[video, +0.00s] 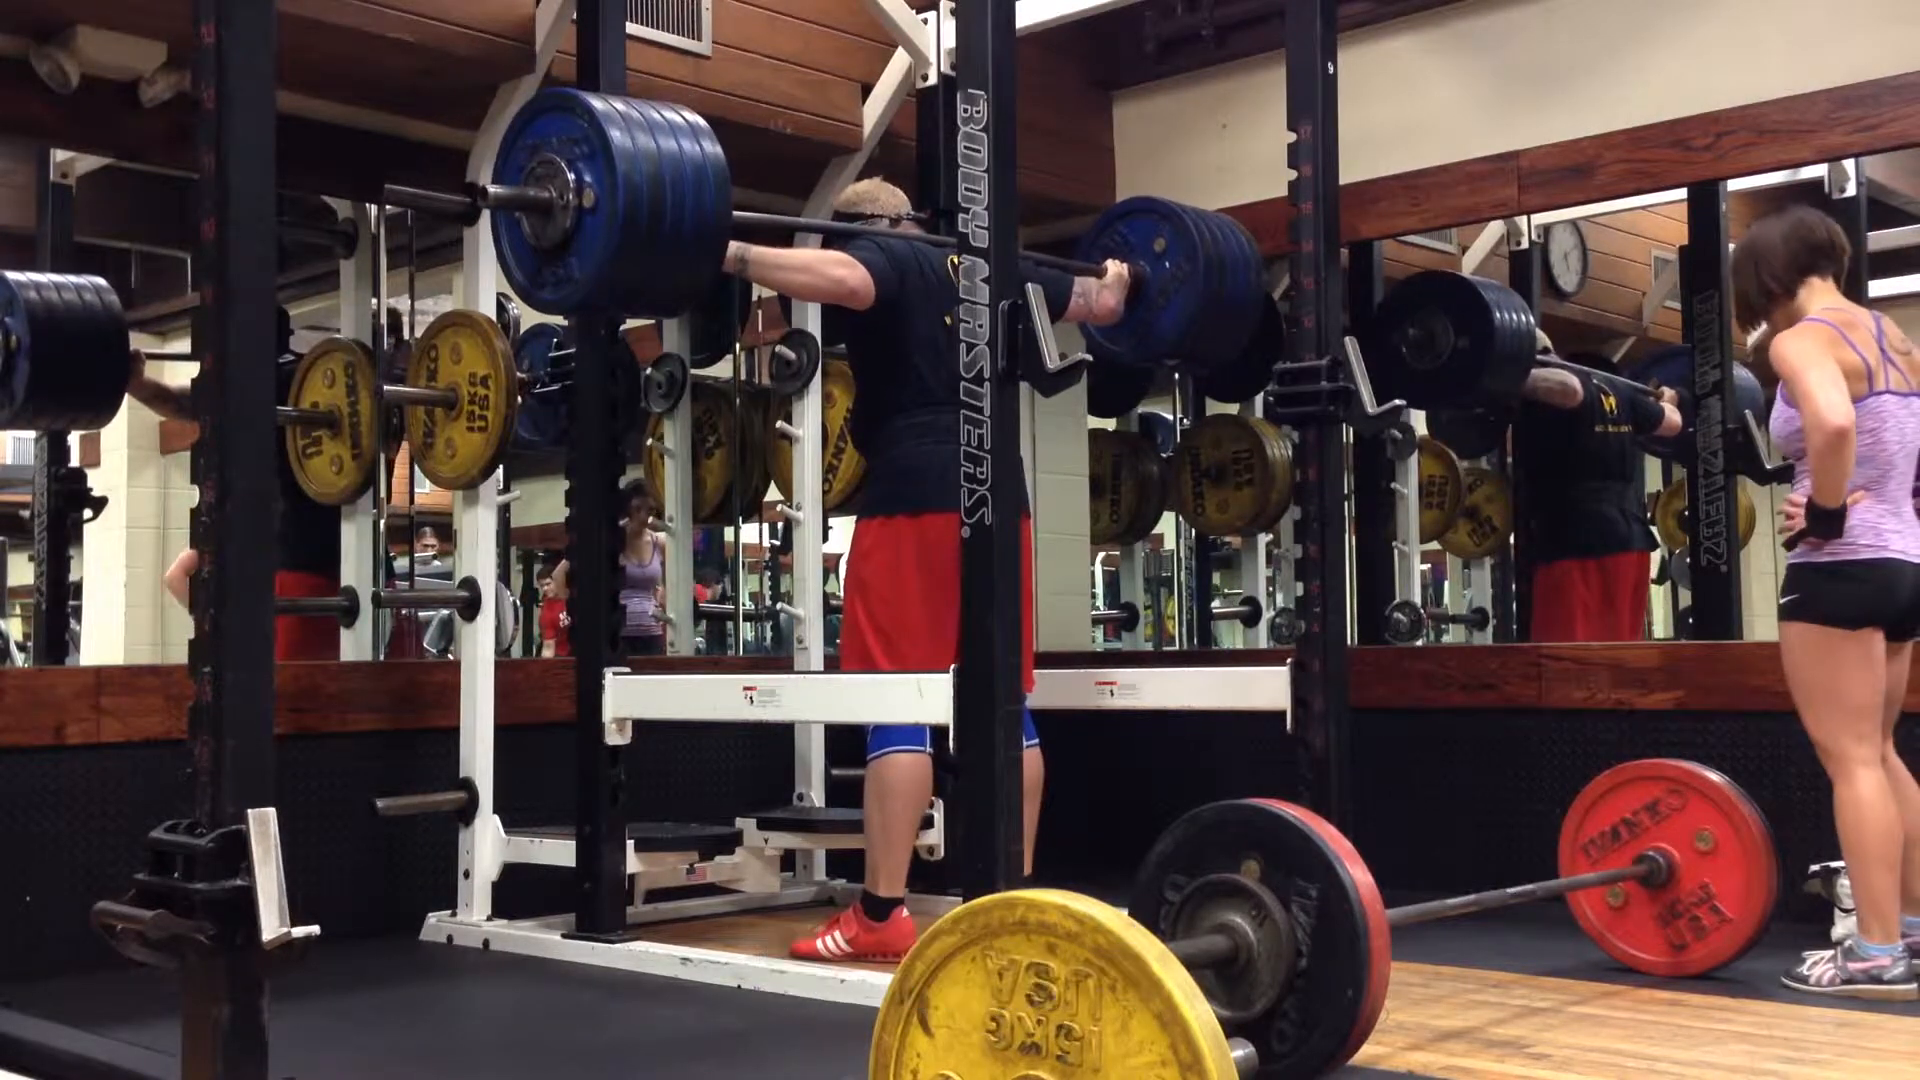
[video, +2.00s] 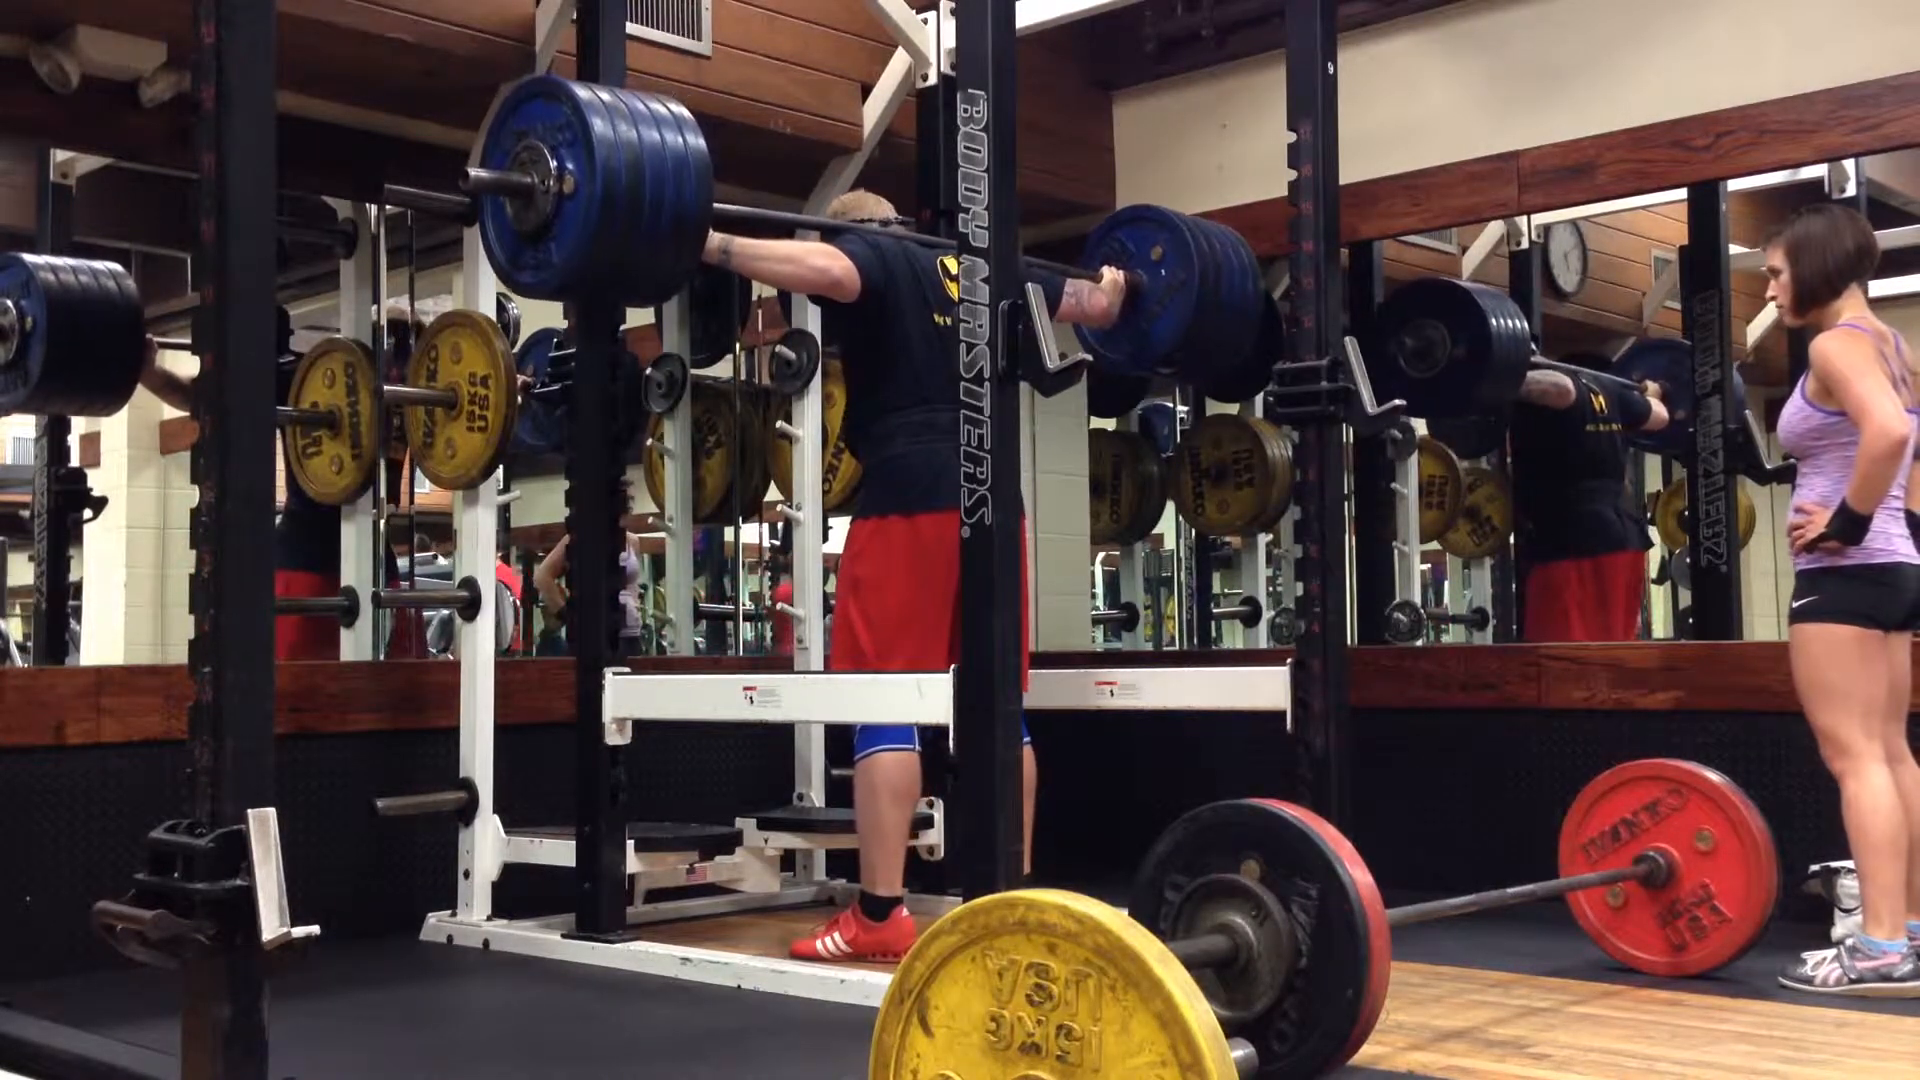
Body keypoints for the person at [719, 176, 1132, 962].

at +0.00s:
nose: (834, 259)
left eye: (833, 244)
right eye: (835, 245)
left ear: (854, 232)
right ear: (907, 216)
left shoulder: (884, 249)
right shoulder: (982, 263)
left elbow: (849, 284)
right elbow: (1096, 300)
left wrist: (735, 254)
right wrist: (1117, 271)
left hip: (915, 502)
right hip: (1002, 502)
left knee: (897, 707)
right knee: (1007, 709)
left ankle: (882, 910)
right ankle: (1010, 903)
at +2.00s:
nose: (832, 248)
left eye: (834, 237)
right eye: (831, 237)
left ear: (854, 228)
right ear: (902, 220)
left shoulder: (872, 249)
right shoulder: (987, 267)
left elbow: (831, 273)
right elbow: (1093, 304)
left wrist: (719, 245)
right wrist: (1117, 279)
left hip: (912, 502)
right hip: (1002, 507)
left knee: (884, 707)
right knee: (1000, 712)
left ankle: (880, 910)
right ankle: (1011, 900)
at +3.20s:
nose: (844, 337)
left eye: (847, 325)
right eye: (845, 328)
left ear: (874, 315)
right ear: (910, 310)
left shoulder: (876, 347)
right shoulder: (985, 363)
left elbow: (831, 376)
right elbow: (1098, 395)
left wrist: (709, 351)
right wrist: (1115, 369)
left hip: (959, 563)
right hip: (1058, 564)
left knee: (823, 711)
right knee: (1003, 725)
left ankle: (874, 912)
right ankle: (1013, 901)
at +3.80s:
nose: (834, 431)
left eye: (835, 421)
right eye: (833, 423)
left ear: (846, 416)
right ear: (906, 410)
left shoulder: (865, 448)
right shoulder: (973, 454)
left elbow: (827, 486)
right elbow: (1087, 488)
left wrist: (712, 463)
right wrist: (1106, 459)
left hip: (953, 645)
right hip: (1058, 643)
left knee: (785, 737)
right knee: (1005, 763)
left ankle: (872, 913)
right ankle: (1011, 902)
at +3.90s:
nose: (838, 450)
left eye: (841, 438)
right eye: (837, 440)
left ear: (862, 427)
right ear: (904, 426)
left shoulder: (863, 466)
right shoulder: (975, 470)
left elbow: (826, 503)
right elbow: (1085, 502)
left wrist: (707, 483)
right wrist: (1105, 477)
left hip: (952, 660)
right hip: (1057, 659)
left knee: (779, 738)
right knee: (1003, 776)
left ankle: (872, 913)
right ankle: (1010, 910)